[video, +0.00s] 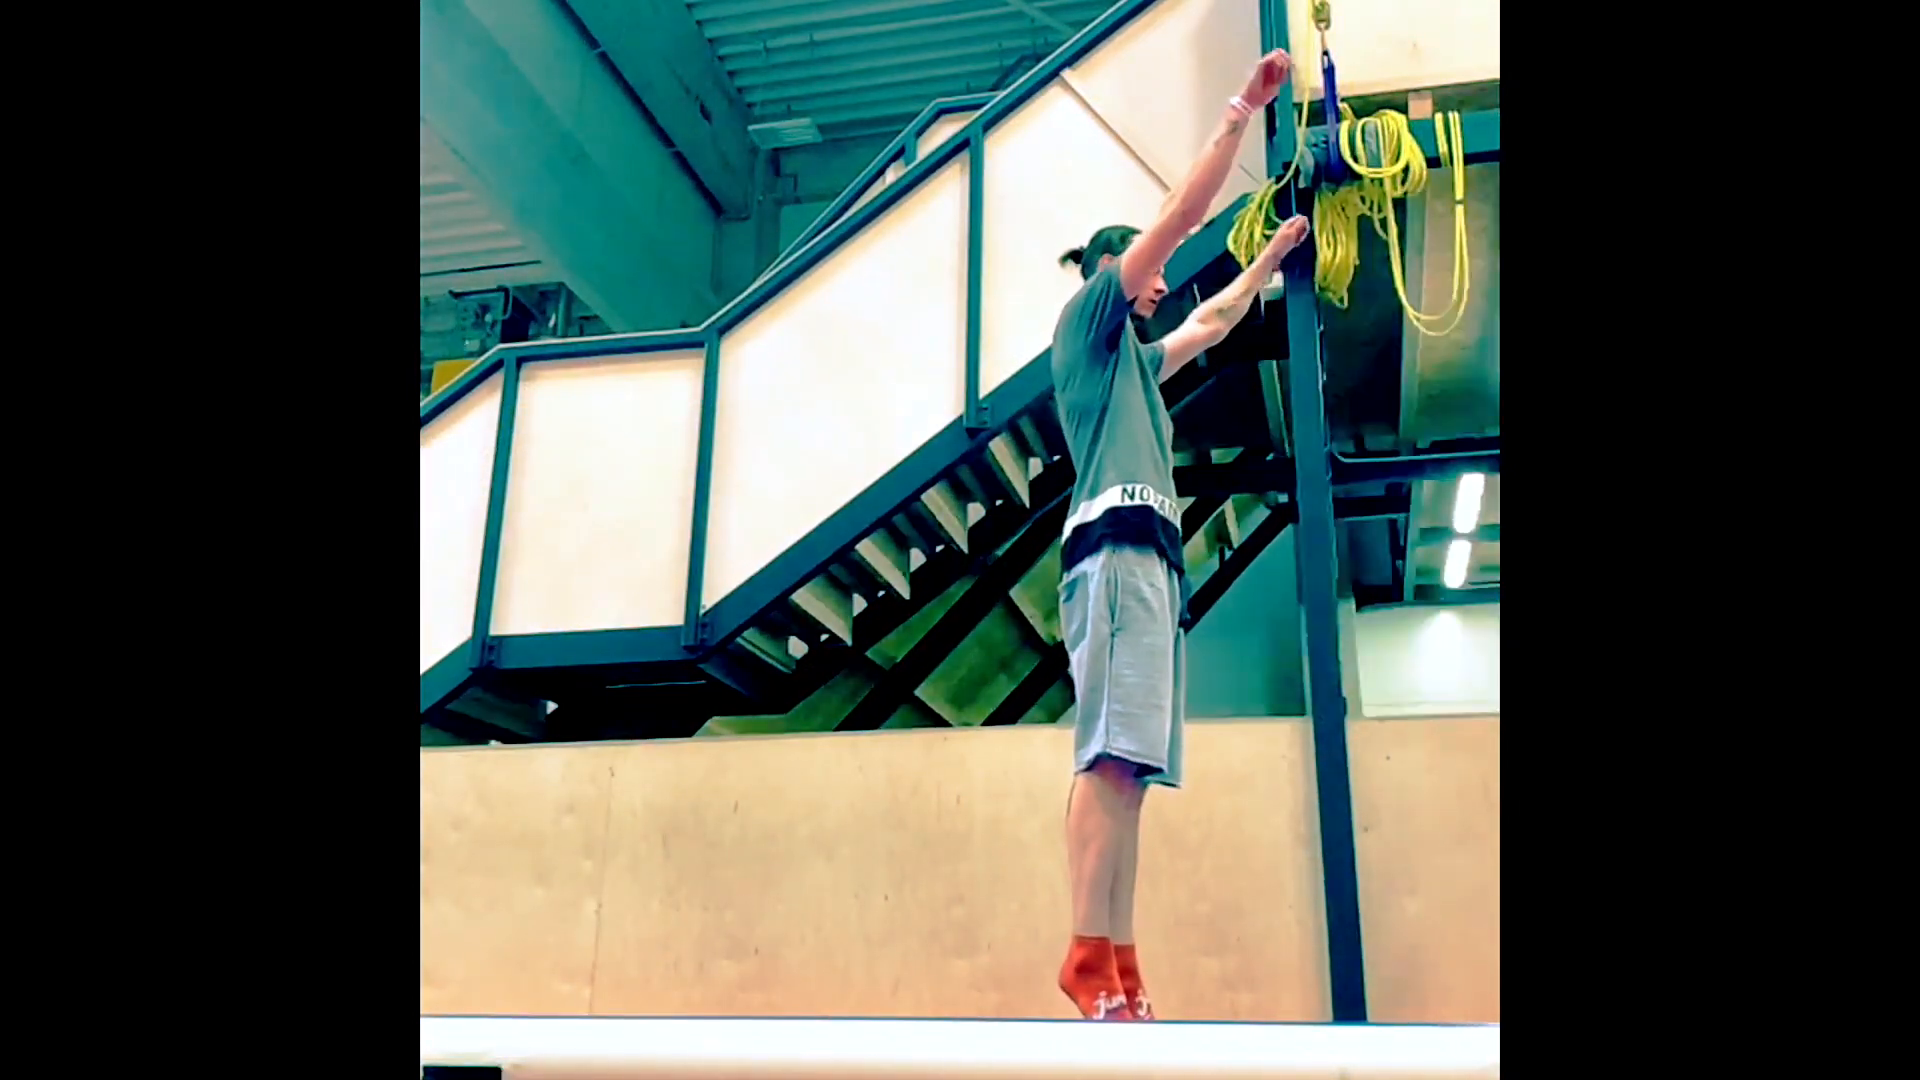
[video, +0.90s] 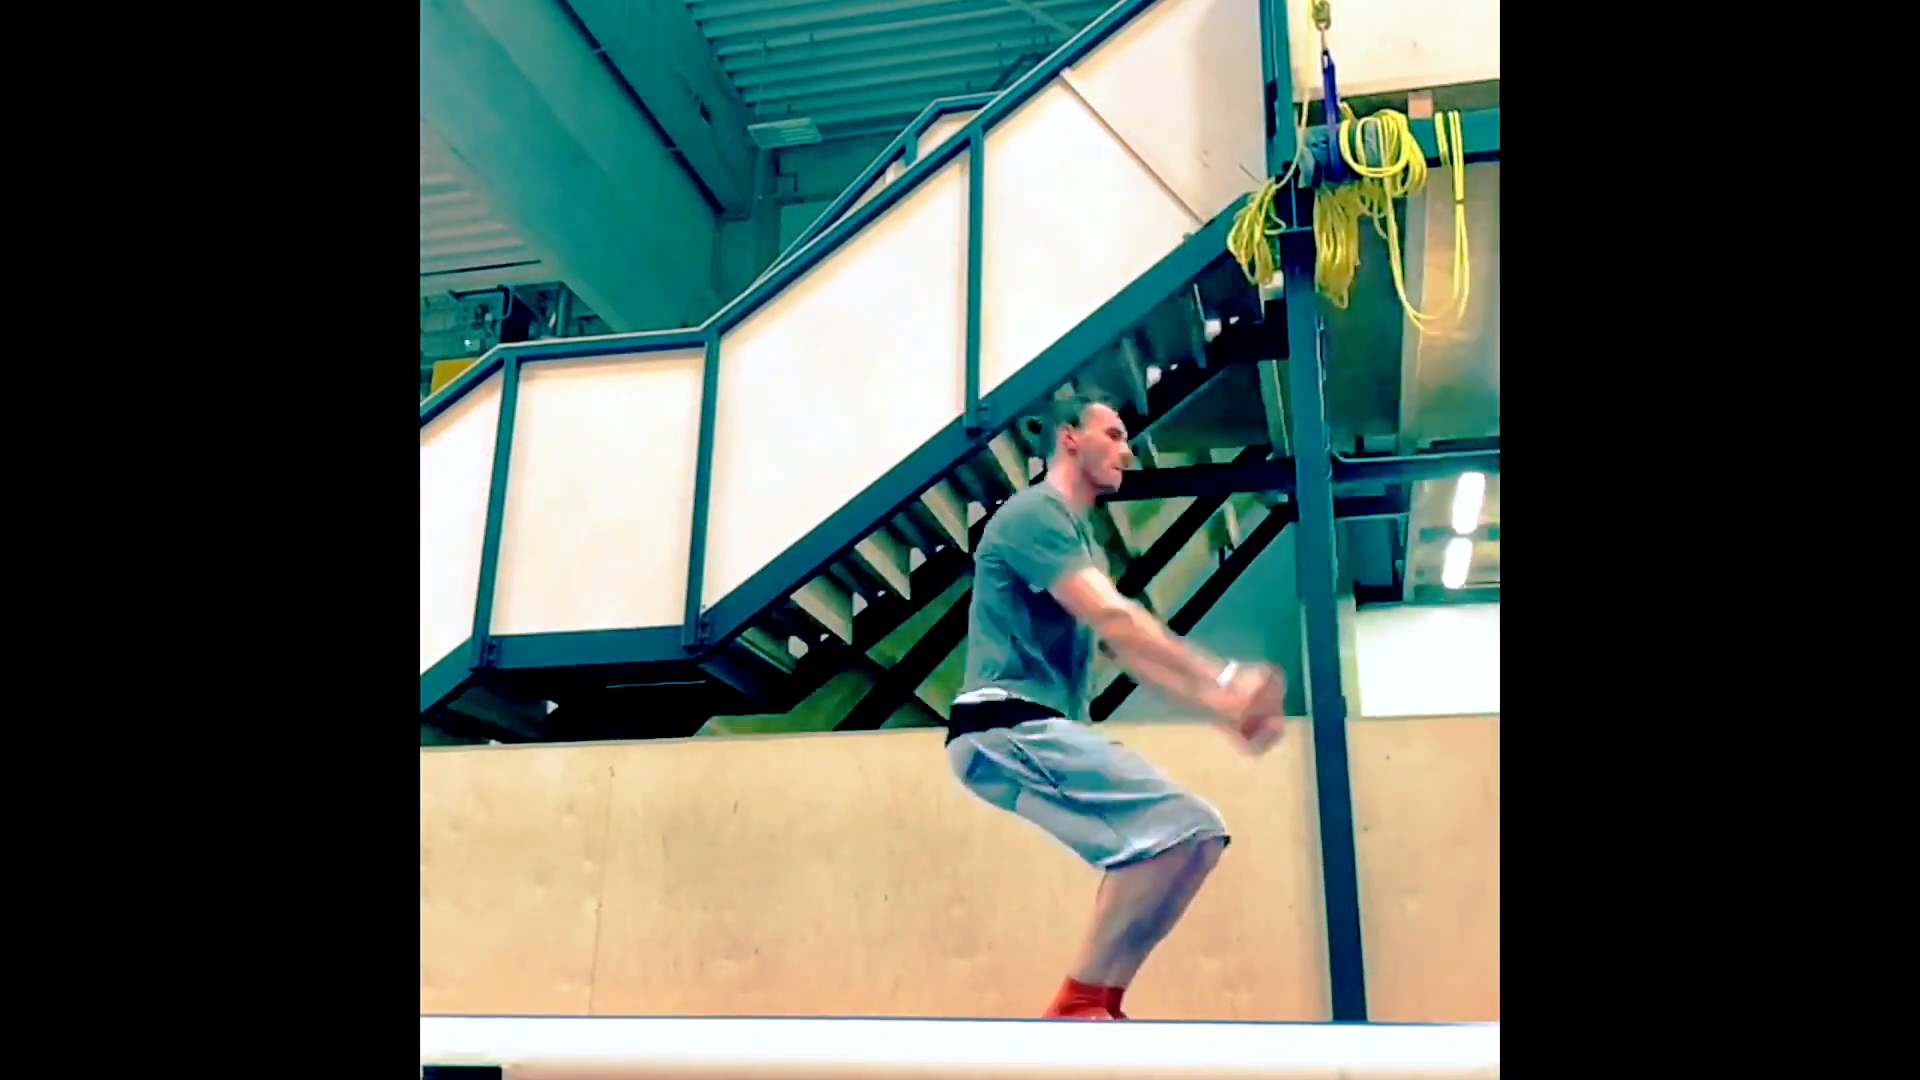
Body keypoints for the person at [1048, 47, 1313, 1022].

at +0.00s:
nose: (1148, 277)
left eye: (1147, 270)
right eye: (1135, 263)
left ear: (1124, 283)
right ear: (1102, 266)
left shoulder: (1131, 359)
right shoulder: (1089, 318)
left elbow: (1210, 323)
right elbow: (1179, 215)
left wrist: (1266, 261)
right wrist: (1242, 109)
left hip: (1145, 560)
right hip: (1118, 550)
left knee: (1130, 765)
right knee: (1112, 759)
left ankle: (1118, 963)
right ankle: (1086, 958)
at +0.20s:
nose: (1154, 270)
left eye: (1153, 260)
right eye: (1142, 258)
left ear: (1125, 274)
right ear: (1101, 265)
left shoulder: (1124, 362)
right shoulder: (1077, 312)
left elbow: (1229, 340)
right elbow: (1207, 264)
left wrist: (1322, 272)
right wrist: (1300, 190)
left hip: (1136, 561)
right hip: (1102, 552)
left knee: (1125, 768)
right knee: (1106, 758)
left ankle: (1118, 968)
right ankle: (1086, 961)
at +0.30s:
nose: (1164, 283)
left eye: (1163, 272)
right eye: (1152, 268)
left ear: (1128, 276)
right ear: (1106, 268)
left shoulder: (1128, 371)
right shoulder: (1076, 321)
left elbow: (1222, 405)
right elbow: (1213, 343)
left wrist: (1326, 373)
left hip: (1129, 565)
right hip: (1093, 555)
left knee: (1121, 766)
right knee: (1102, 760)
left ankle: (1119, 960)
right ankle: (1088, 955)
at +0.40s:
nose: (1188, 292)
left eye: (1192, 282)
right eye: (1177, 275)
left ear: (1162, 286)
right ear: (1134, 272)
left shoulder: (1140, 374)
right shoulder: (1096, 330)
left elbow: (1159, 495)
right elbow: (1130, 445)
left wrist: (1219, 566)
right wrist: (1214, 525)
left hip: (1120, 570)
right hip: (1077, 556)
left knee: (1137, 768)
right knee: (1109, 754)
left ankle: (1123, 957)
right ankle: (1090, 955)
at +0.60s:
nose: (1256, 452)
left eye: (1257, 439)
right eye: (1246, 435)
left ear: (1210, 438)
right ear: (1200, 430)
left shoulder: (1155, 490)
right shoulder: (1140, 455)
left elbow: (1071, 476)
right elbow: (1006, 389)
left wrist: (1039, 443)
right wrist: (913, 333)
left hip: (1038, 655)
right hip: (1016, 653)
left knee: (1152, 805)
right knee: (1157, 795)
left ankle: (1093, 987)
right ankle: (1074, 987)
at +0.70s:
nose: (1251, 535)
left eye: (1252, 522)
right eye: (1239, 517)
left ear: (1202, 520)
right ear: (1194, 513)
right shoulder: (1112, 531)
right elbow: (1009, 462)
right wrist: (924, 397)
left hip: (1028, 736)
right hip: (999, 731)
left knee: (1186, 834)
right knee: (1170, 831)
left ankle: (1090, 1003)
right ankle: (1077, 1005)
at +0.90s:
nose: (1126, 449)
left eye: (1125, 438)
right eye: (1113, 434)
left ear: (1083, 445)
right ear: (1068, 440)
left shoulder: (1080, 538)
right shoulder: (1030, 514)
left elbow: (1130, 652)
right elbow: (1113, 621)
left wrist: (1223, 708)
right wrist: (1217, 681)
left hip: (1044, 727)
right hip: (1003, 726)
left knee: (1200, 839)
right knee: (1169, 832)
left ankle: (1102, 1004)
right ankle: (1077, 1003)